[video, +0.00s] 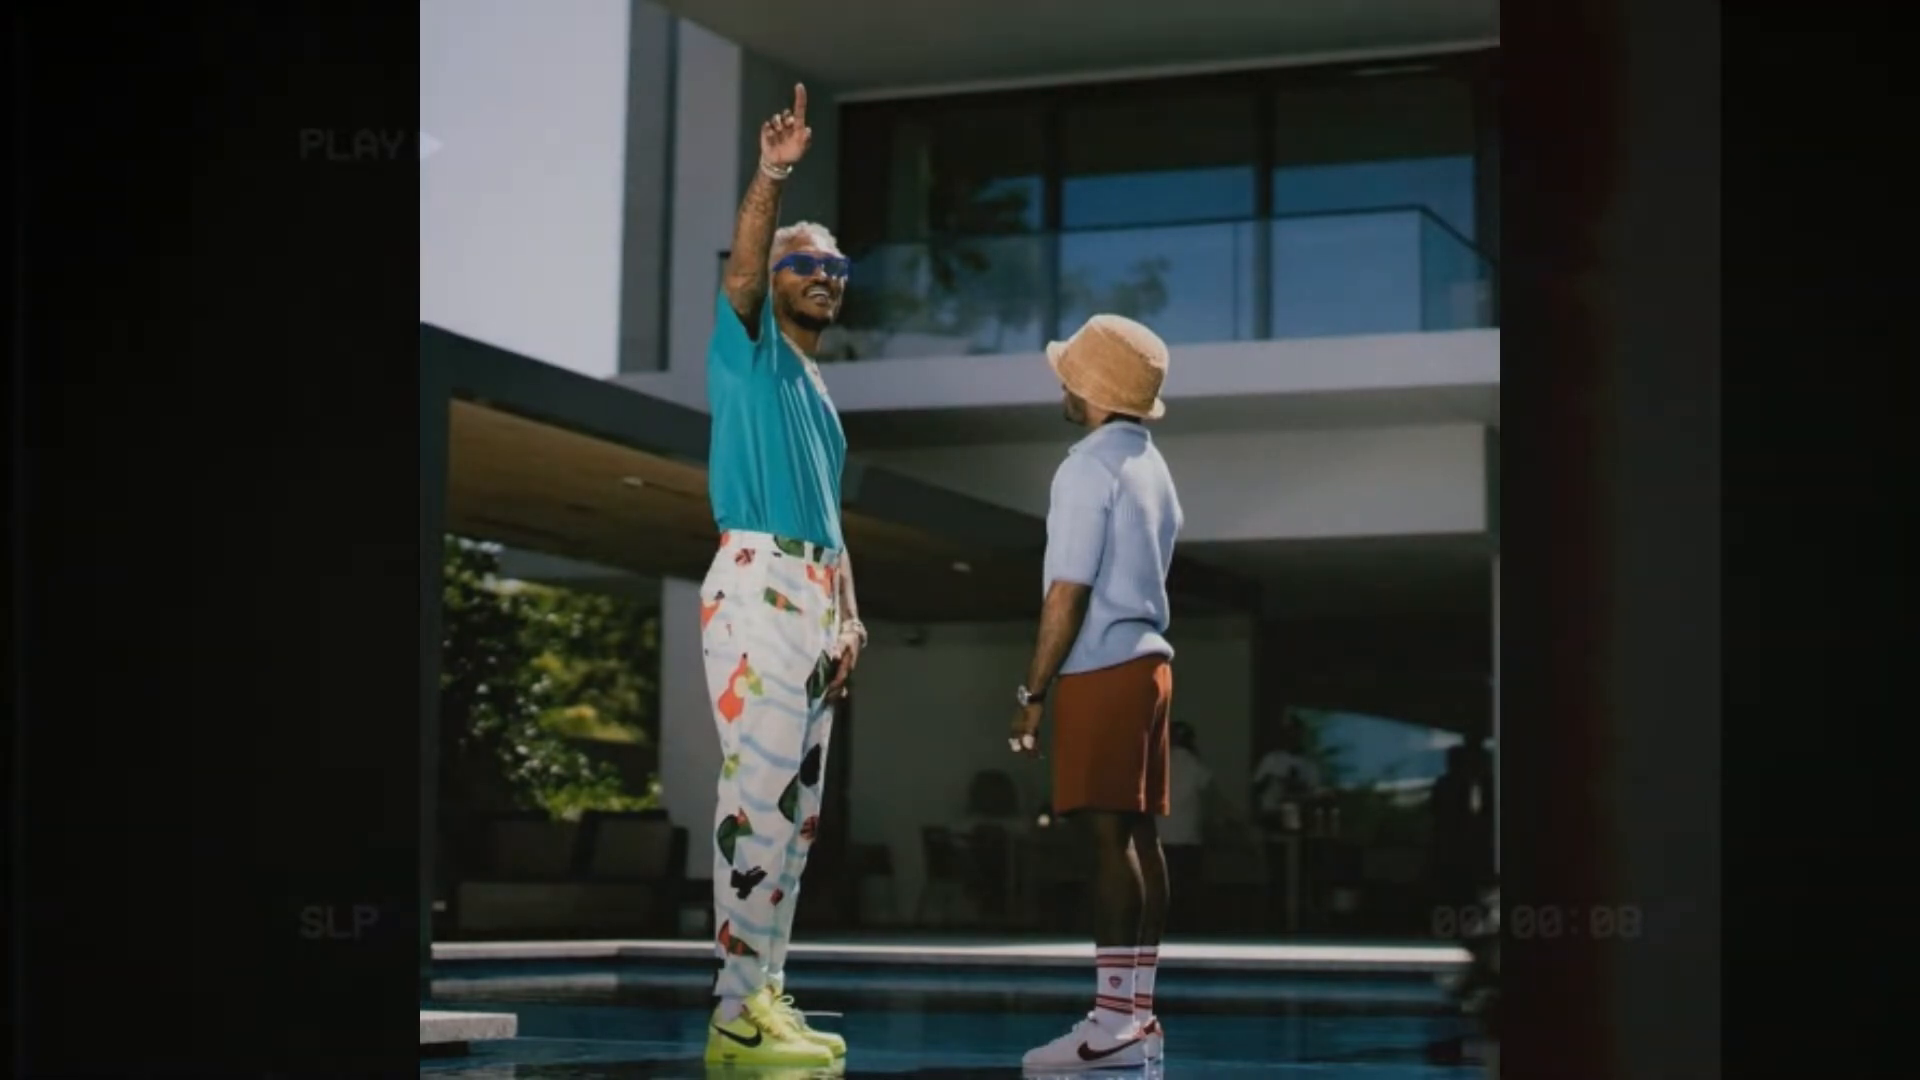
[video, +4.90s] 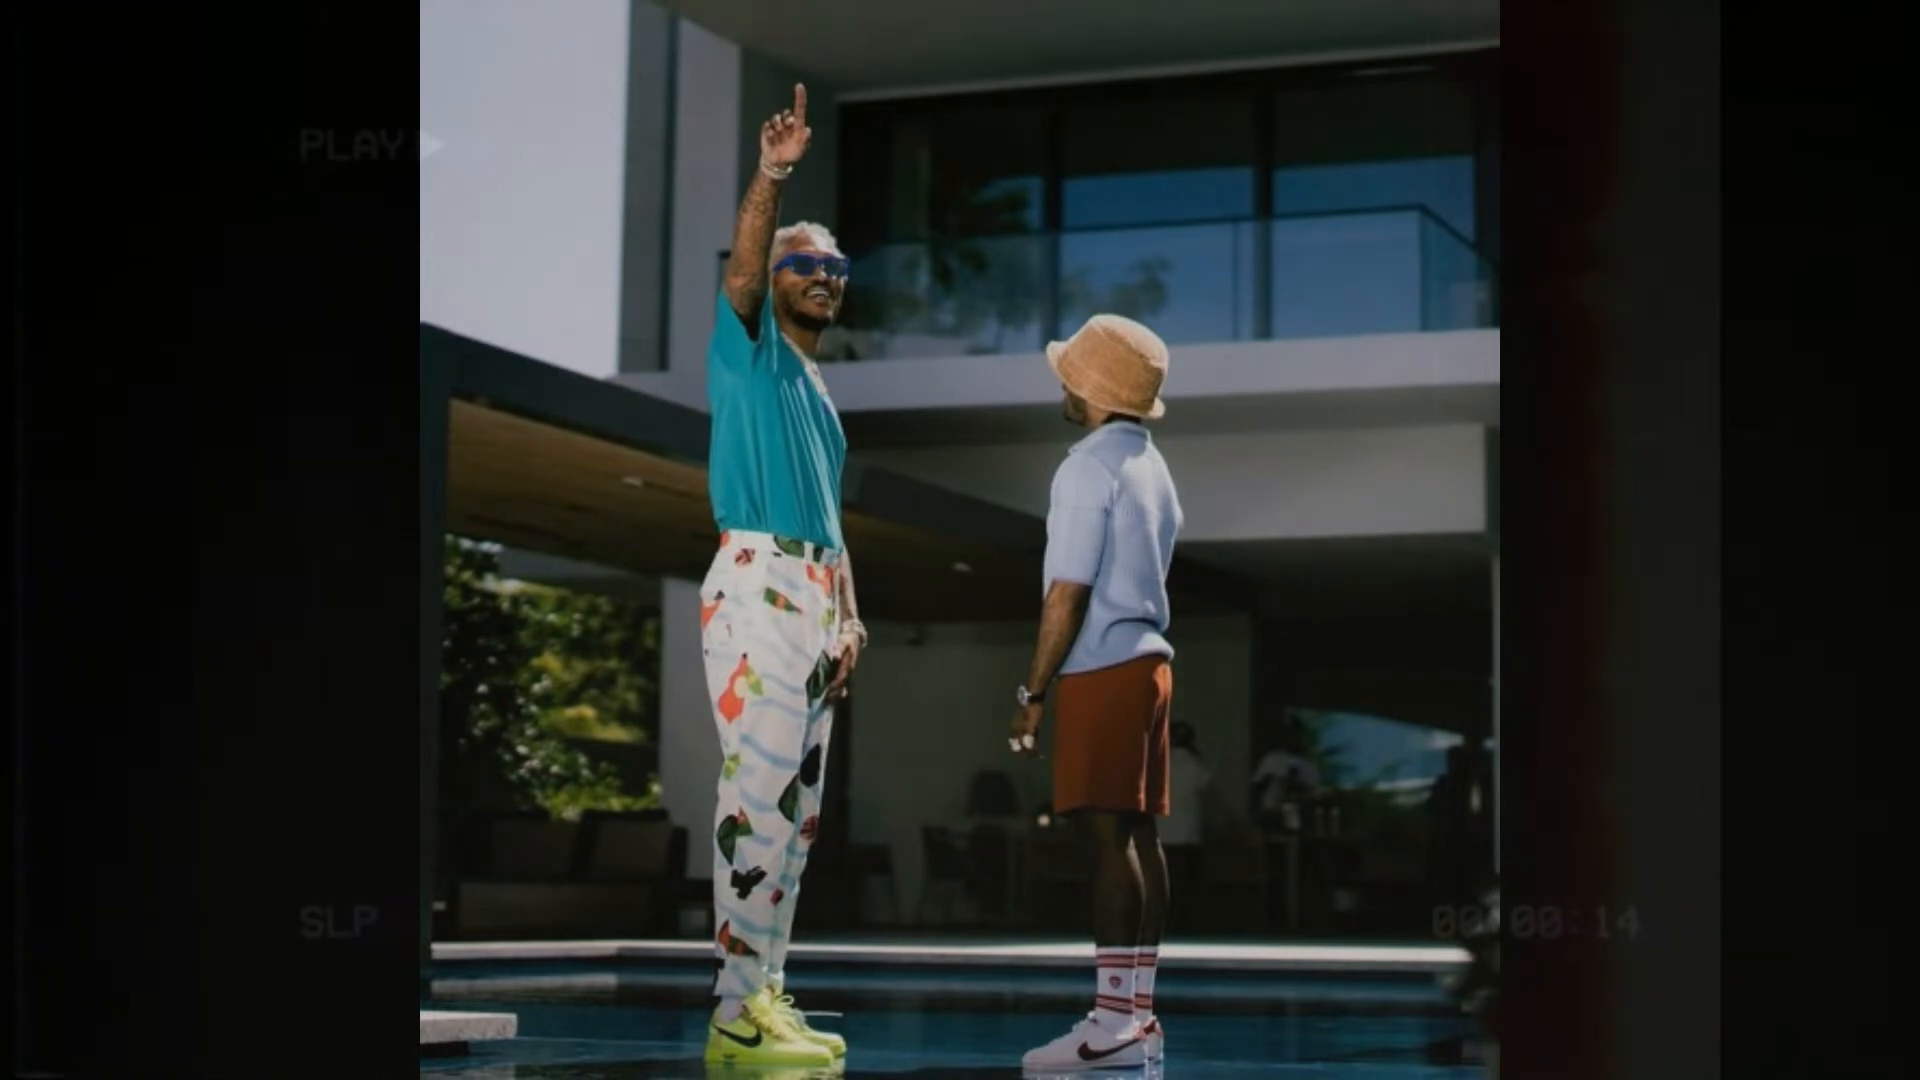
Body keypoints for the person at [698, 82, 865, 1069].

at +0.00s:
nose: (823, 282)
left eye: (834, 273)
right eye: (805, 268)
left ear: (842, 293)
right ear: (770, 278)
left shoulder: (819, 395)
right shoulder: (744, 344)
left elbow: (828, 520)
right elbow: (744, 266)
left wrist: (847, 612)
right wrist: (770, 173)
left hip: (814, 590)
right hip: (756, 582)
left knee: (794, 798)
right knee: (759, 793)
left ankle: (759, 1000)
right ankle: (745, 1006)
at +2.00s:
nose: (823, 283)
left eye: (834, 274)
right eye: (806, 268)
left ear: (841, 293)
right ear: (770, 277)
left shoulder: (818, 394)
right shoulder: (744, 343)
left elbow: (827, 519)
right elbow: (744, 268)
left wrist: (847, 612)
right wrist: (769, 174)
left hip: (814, 590)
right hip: (755, 582)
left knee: (794, 798)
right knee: (759, 791)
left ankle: (757, 1003)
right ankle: (746, 1004)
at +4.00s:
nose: (823, 284)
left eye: (834, 274)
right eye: (806, 268)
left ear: (841, 293)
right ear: (770, 278)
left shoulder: (817, 393)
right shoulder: (744, 343)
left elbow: (827, 519)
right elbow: (743, 269)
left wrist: (847, 612)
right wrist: (770, 174)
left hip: (814, 589)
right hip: (756, 582)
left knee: (794, 798)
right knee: (759, 790)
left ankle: (756, 1003)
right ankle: (747, 1002)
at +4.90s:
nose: (822, 281)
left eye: (833, 272)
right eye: (805, 267)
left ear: (841, 292)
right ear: (769, 278)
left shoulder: (817, 392)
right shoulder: (744, 343)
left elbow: (827, 519)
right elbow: (744, 268)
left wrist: (847, 612)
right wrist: (770, 173)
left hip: (814, 589)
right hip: (756, 581)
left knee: (794, 797)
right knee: (759, 790)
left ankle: (757, 1002)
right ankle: (747, 1003)